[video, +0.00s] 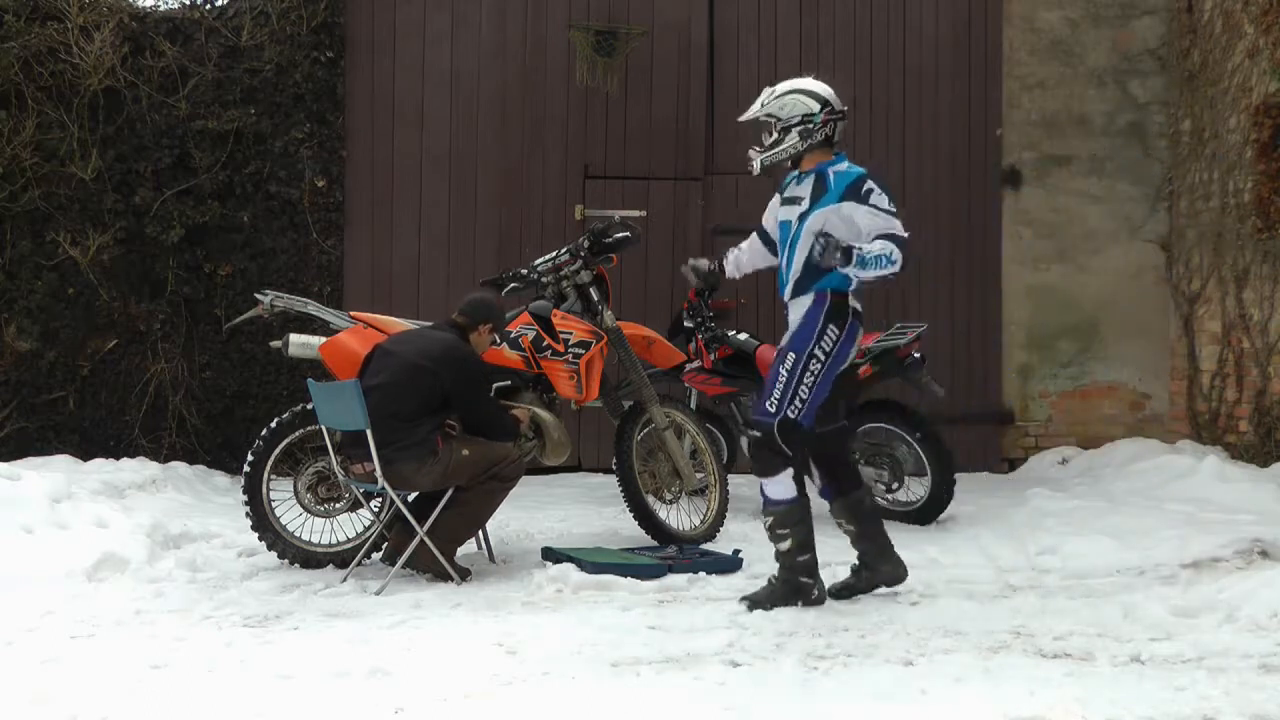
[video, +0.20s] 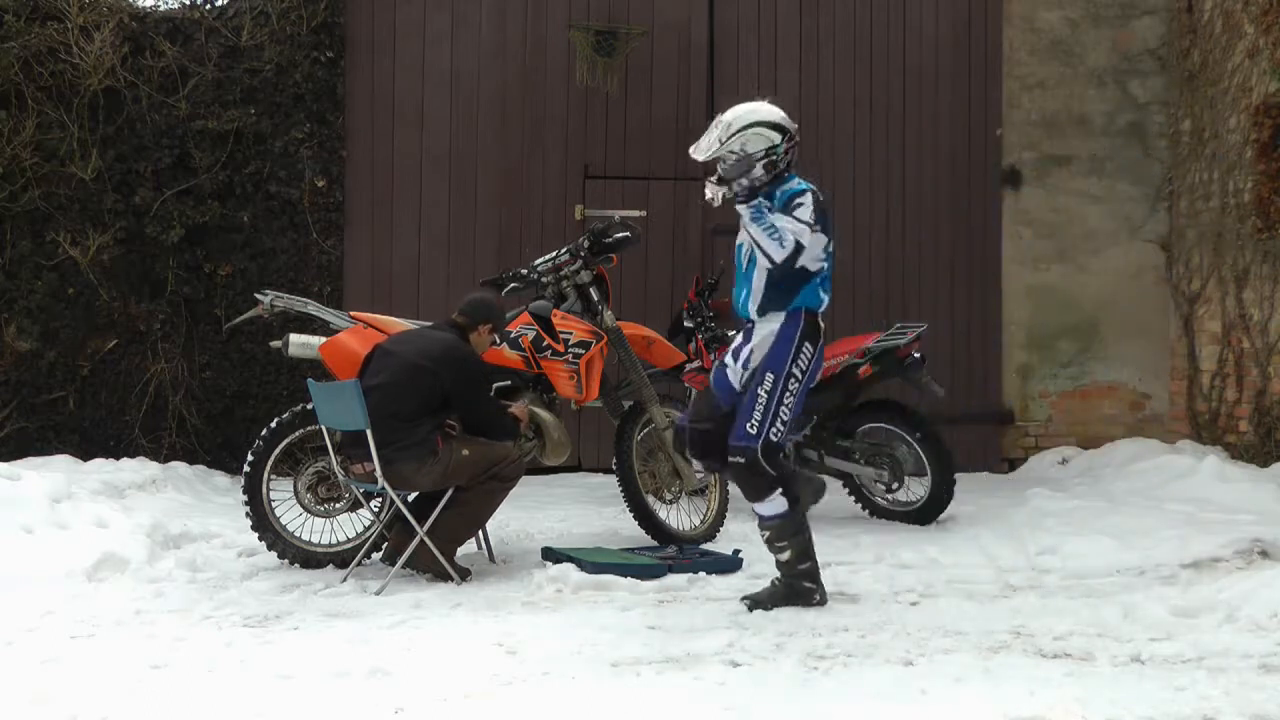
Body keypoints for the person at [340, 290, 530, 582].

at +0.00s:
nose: (491, 346)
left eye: (494, 339)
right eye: (493, 337)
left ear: (458, 318)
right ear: (483, 329)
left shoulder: (404, 337)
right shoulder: (462, 358)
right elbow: (489, 427)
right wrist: (515, 419)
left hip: (357, 456)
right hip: (400, 461)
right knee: (508, 464)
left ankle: (402, 543)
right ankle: (435, 550)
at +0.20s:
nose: (491, 346)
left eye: (494, 340)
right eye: (493, 338)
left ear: (458, 317)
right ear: (483, 329)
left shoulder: (403, 337)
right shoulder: (462, 358)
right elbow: (490, 428)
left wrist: (494, 409)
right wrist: (514, 418)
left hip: (357, 454)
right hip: (400, 461)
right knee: (508, 463)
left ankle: (402, 542)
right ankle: (435, 551)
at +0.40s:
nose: (490, 347)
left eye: (494, 340)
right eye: (493, 339)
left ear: (458, 317)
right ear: (483, 330)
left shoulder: (404, 337)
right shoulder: (461, 357)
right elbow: (490, 427)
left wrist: (492, 409)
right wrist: (514, 418)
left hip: (357, 454)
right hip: (401, 461)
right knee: (508, 463)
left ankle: (402, 542)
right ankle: (436, 551)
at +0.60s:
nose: (492, 347)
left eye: (495, 341)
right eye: (494, 340)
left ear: (461, 318)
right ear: (484, 331)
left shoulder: (406, 338)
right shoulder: (463, 359)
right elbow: (481, 424)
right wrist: (514, 428)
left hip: (357, 455)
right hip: (399, 461)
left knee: (466, 453)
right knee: (508, 464)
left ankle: (402, 542)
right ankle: (435, 551)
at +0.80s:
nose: (495, 352)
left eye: (499, 346)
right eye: (497, 344)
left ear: (464, 320)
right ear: (486, 334)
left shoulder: (406, 339)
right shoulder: (467, 363)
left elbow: (366, 392)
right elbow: (480, 427)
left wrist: (434, 424)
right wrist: (518, 441)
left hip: (359, 453)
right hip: (398, 462)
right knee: (508, 463)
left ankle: (403, 543)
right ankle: (435, 551)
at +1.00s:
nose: (499, 352)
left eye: (502, 345)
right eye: (501, 344)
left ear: (467, 323)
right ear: (490, 337)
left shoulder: (412, 339)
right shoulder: (468, 362)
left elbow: (366, 388)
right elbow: (486, 430)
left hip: (360, 453)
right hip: (399, 463)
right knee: (504, 463)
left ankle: (403, 543)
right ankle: (435, 552)